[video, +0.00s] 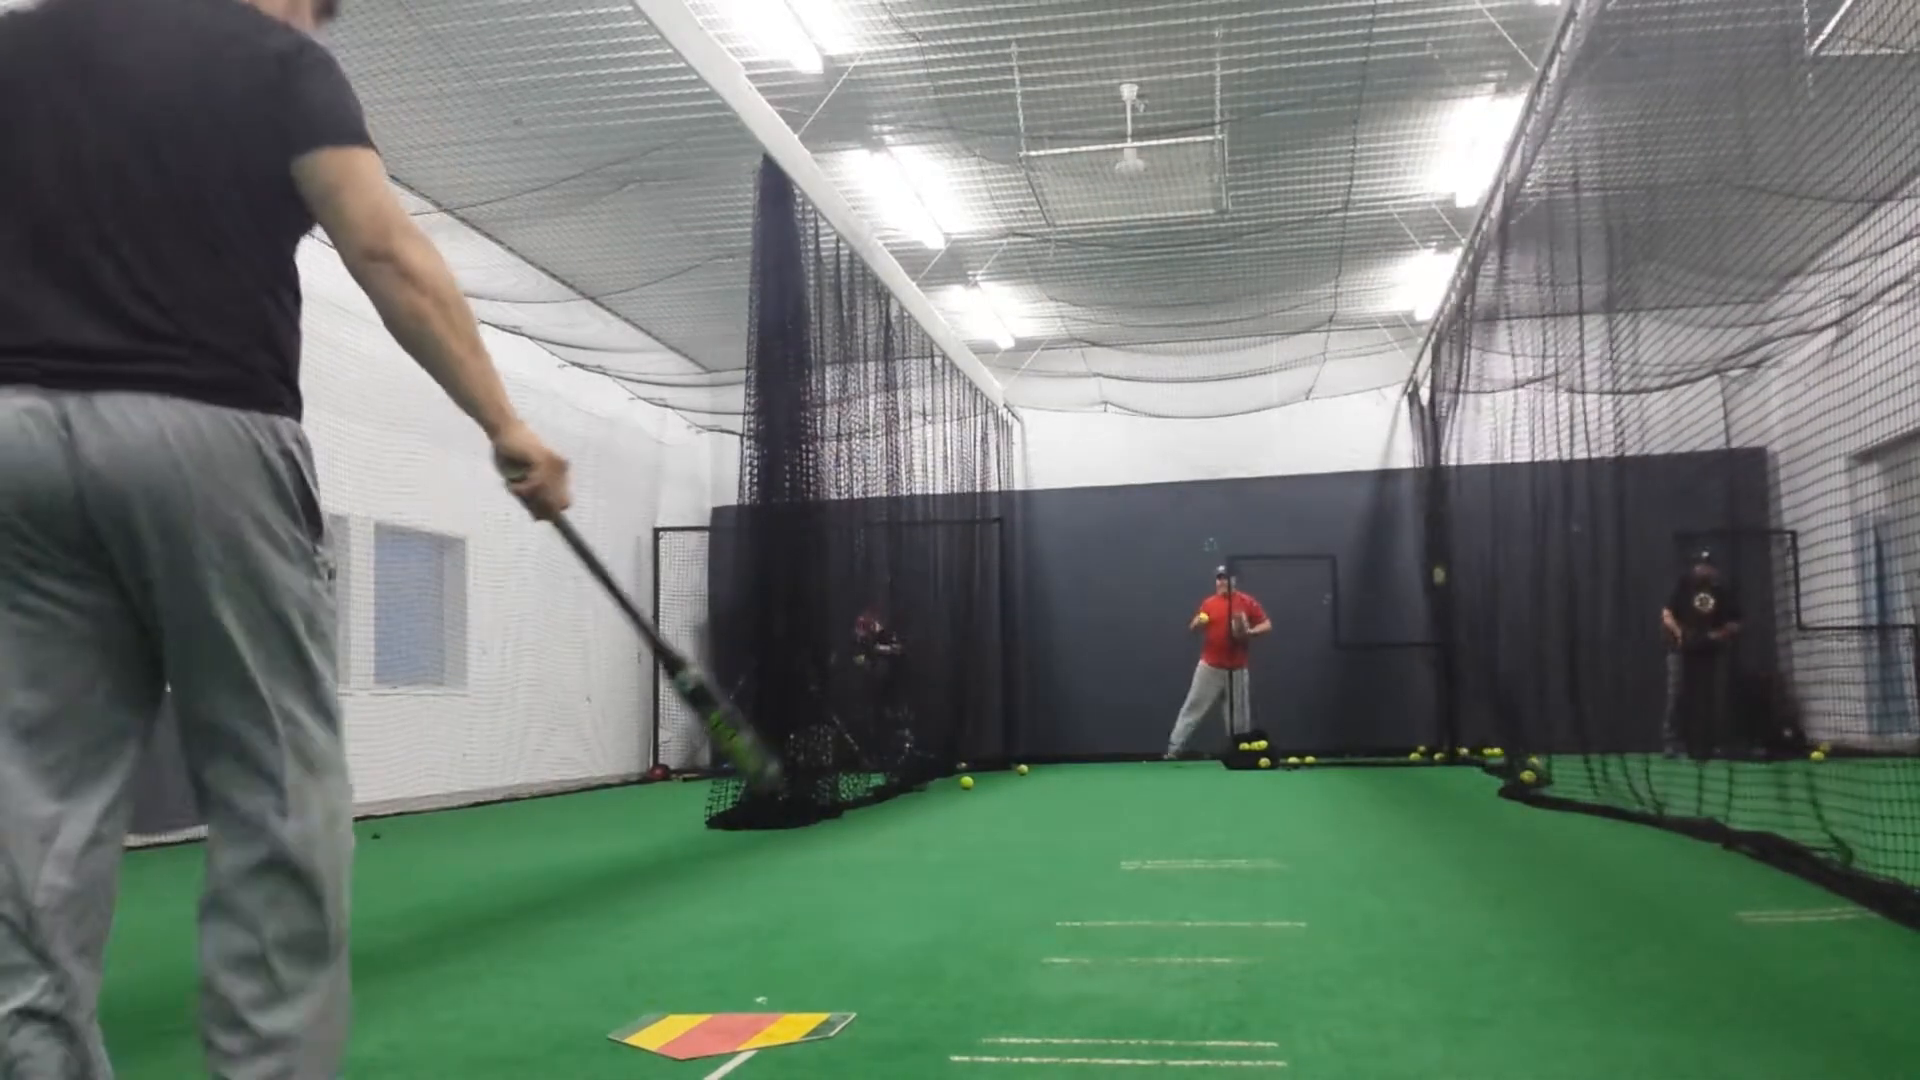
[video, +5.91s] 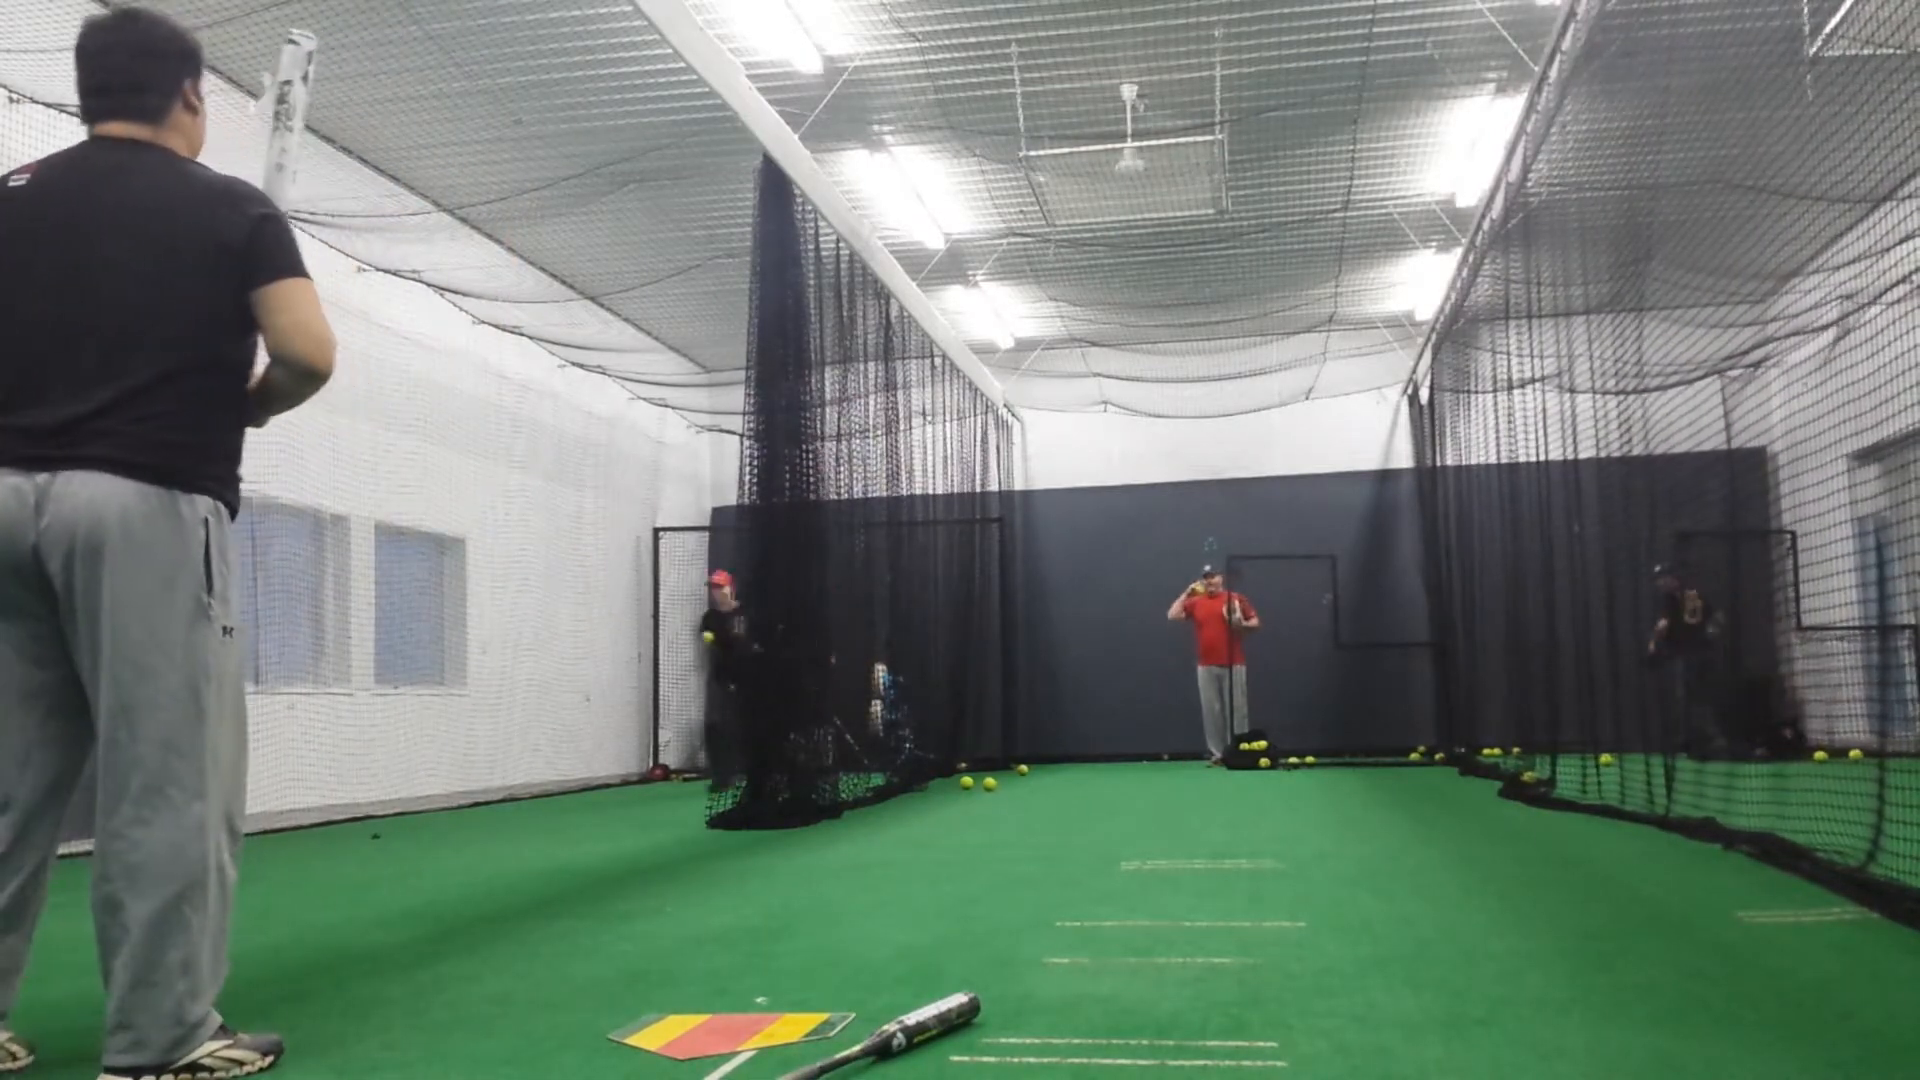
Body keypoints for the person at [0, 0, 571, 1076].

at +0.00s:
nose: (320, 33)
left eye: (324, 22)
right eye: (322, 20)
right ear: (289, 1)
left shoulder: (24, 36)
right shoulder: (280, 57)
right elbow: (386, 252)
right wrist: (505, 422)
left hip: (17, 436)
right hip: (201, 439)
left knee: (46, 773)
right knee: (272, 767)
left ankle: (34, 1055)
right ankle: (272, 1057)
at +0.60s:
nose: (450, 148)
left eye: (459, 129)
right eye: (457, 123)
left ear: (352, 64)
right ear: (421, 80)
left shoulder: (193, 117)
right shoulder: (417, 168)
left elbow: (106, 267)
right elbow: (451, 360)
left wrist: (179, 372)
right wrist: (427, 481)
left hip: (153, 467)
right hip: (305, 473)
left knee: (146, 748)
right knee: (340, 776)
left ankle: (90, 1020)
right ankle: (317, 1056)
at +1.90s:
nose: (387, 223)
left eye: (392, 206)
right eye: (389, 202)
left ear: (293, 171)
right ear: (353, 178)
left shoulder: (206, 233)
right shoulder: (332, 237)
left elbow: (228, 387)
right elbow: (377, 384)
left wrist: (353, 436)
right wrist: (436, 389)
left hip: (129, 497)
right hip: (238, 508)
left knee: (153, 767)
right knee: (255, 764)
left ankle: (149, 1010)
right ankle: (245, 1012)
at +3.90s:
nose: (270, 190)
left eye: (267, 173)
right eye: (267, 171)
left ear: (171, 167)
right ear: (240, 165)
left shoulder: (148, 237)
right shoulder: (221, 231)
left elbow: (209, 407)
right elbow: (237, 354)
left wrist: (335, 439)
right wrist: (350, 422)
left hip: (102, 516)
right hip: (172, 516)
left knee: (139, 769)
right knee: (232, 756)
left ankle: (152, 1008)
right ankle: (249, 1005)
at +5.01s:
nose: (259, 127)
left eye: (254, 110)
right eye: (255, 109)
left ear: (148, 114)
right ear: (231, 107)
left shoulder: (89, 217)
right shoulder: (237, 201)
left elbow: (83, 370)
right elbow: (274, 332)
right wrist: (339, 382)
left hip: (85, 510)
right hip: (185, 515)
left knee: (144, 768)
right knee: (190, 776)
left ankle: (175, 994)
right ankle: (157, 1031)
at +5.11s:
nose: (260, 123)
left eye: (256, 106)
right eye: (257, 106)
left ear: (147, 108)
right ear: (234, 104)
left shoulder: (81, 212)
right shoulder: (247, 203)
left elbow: (52, 370)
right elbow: (290, 337)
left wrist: (106, 444)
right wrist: (344, 385)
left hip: (73, 510)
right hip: (182, 516)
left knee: (132, 769)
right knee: (186, 773)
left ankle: (167, 992)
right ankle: (156, 1033)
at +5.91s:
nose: (207, 117)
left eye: (199, 100)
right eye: (205, 100)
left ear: (89, 102)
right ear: (186, 100)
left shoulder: (17, 196)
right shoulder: (232, 208)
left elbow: (21, 338)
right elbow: (309, 355)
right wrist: (243, 403)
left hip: (13, 508)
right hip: (147, 515)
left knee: (16, 785)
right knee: (163, 783)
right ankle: (162, 1034)